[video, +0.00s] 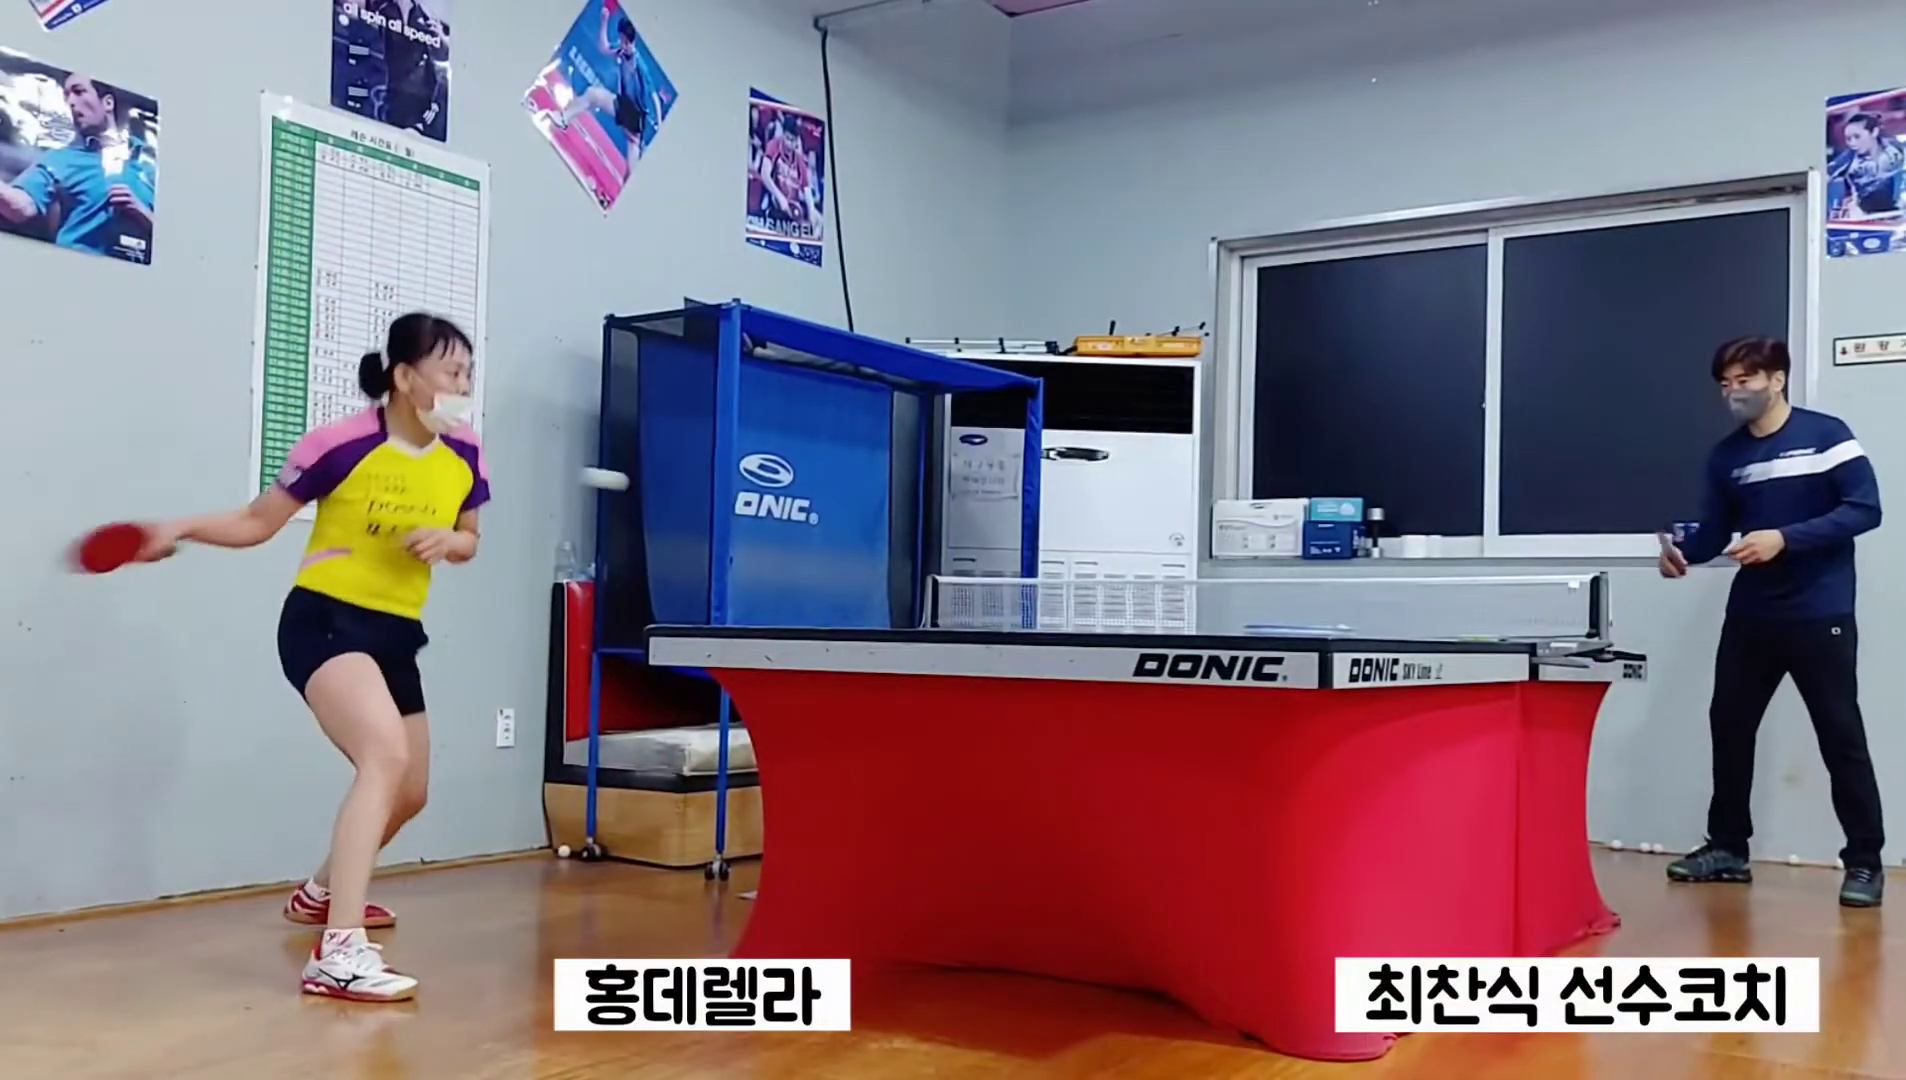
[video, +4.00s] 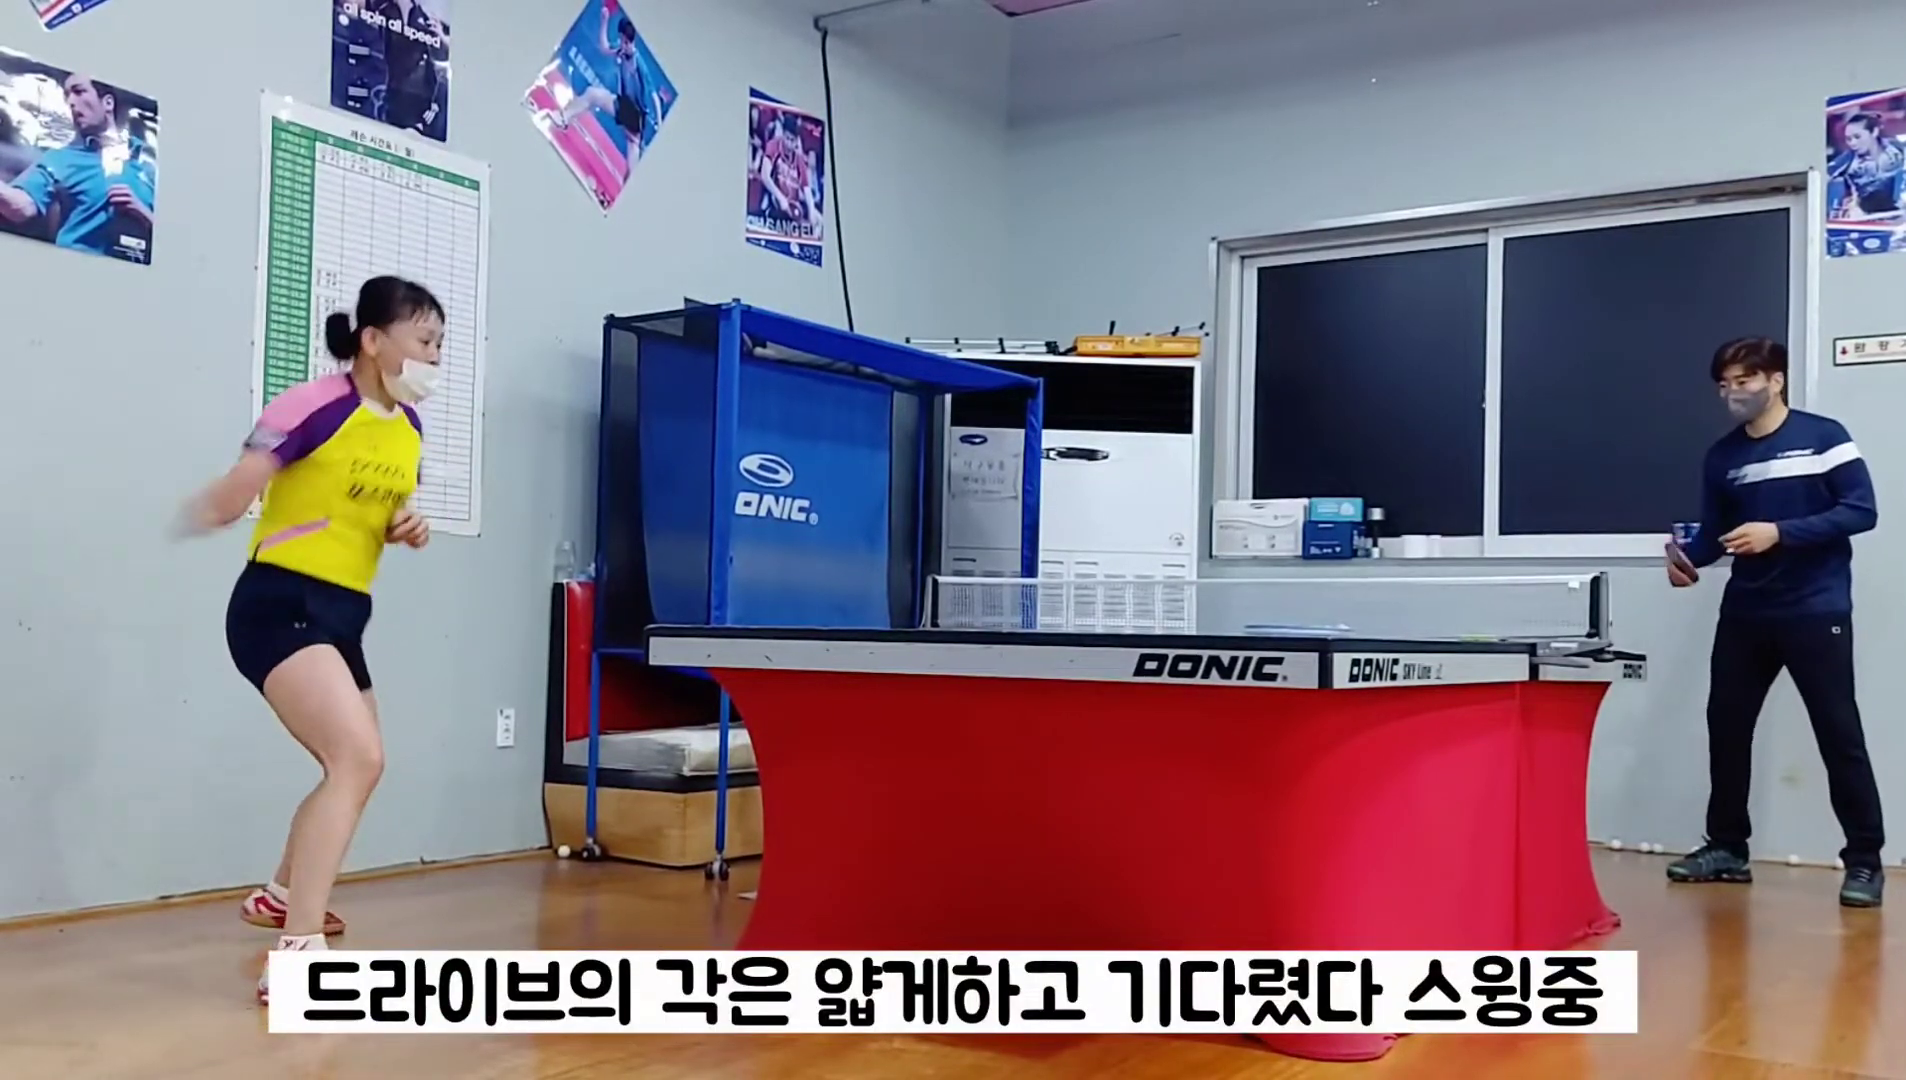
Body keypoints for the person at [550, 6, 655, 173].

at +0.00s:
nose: (622, 42)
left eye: (624, 39)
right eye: (622, 39)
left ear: (628, 40)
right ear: (622, 38)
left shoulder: (631, 55)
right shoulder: (624, 52)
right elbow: (604, 49)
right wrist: (604, 22)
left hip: (629, 108)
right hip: (637, 115)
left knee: (593, 94)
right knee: (632, 162)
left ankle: (563, 118)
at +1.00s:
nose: (621, 41)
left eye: (624, 39)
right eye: (621, 38)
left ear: (628, 40)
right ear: (621, 38)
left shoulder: (631, 57)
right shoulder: (622, 53)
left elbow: (631, 57)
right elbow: (604, 50)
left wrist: (628, 51)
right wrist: (604, 22)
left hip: (629, 109)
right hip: (636, 115)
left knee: (594, 94)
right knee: (633, 146)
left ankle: (563, 118)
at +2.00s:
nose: (621, 41)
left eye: (623, 38)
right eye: (621, 37)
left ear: (626, 39)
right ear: (621, 38)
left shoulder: (631, 56)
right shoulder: (622, 53)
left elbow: (630, 54)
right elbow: (604, 50)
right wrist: (604, 22)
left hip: (628, 108)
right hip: (637, 114)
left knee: (592, 94)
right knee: (633, 143)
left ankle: (563, 118)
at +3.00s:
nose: (622, 42)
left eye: (624, 40)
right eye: (622, 39)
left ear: (628, 40)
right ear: (621, 38)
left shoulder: (632, 57)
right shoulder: (622, 52)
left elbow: (632, 55)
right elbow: (605, 50)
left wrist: (629, 51)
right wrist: (604, 23)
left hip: (629, 108)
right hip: (637, 114)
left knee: (592, 94)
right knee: (633, 143)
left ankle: (563, 117)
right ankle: (629, 177)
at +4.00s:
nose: (622, 41)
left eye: (624, 39)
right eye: (621, 38)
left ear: (627, 39)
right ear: (621, 38)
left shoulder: (630, 55)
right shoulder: (621, 53)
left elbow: (631, 54)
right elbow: (604, 49)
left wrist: (628, 49)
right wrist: (604, 22)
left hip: (628, 107)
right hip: (637, 114)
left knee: (592, 94)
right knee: (633, 143)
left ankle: (563, 117)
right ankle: (630, 176)